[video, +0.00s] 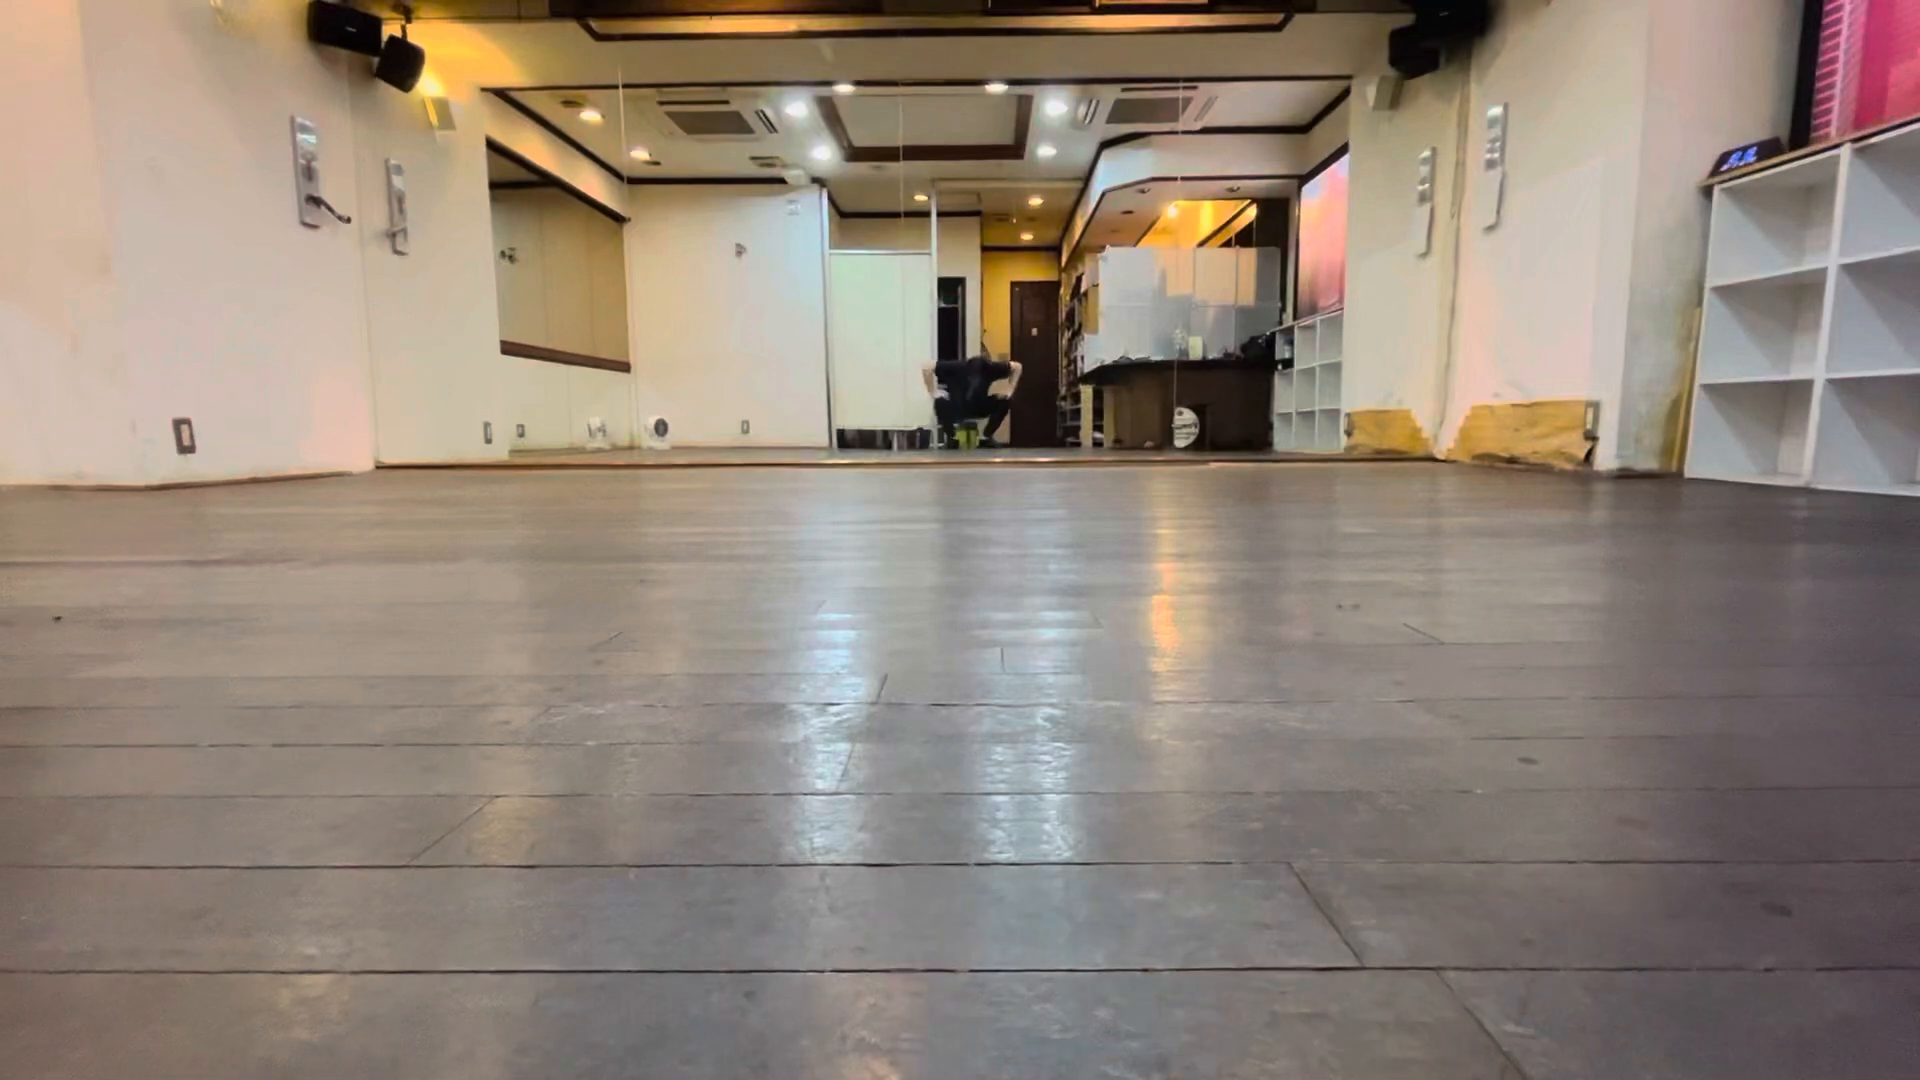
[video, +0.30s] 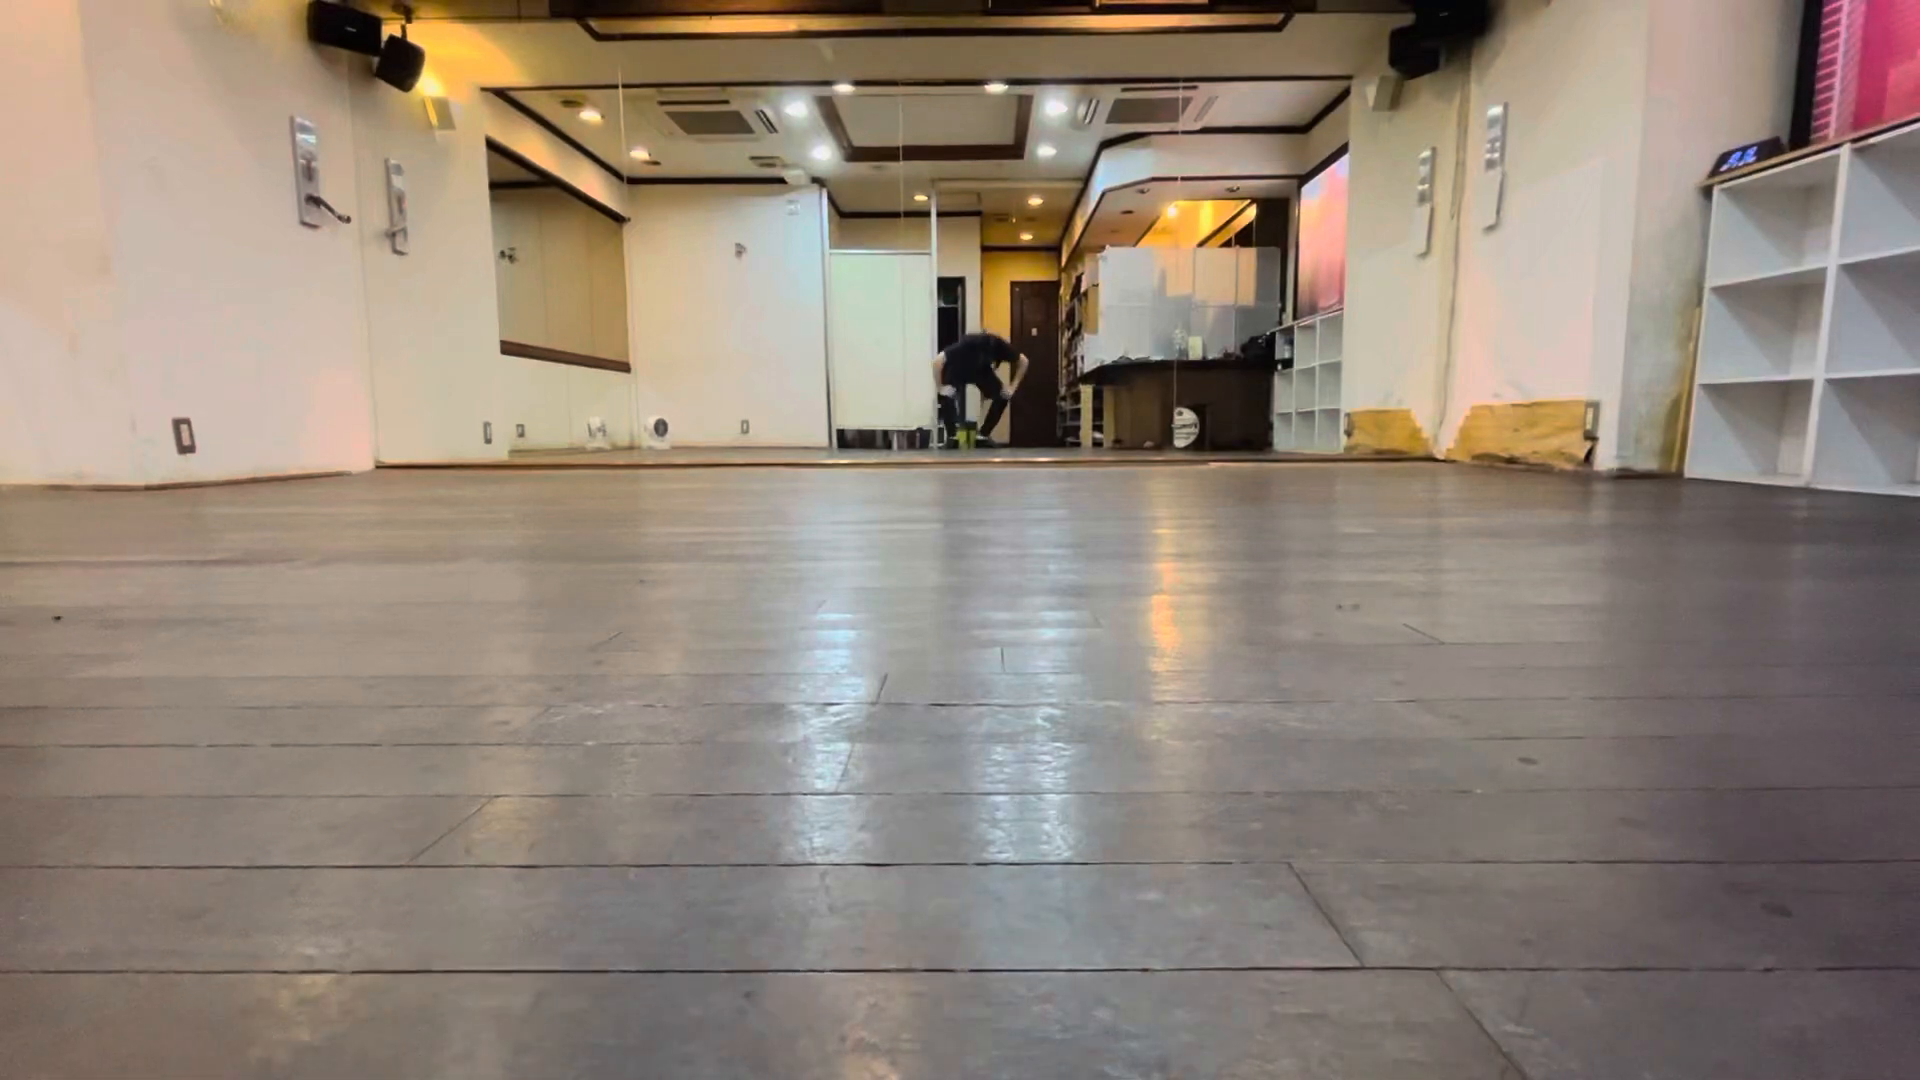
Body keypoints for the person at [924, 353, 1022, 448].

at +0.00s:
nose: (975, 379)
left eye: (979, 376)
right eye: (971, 375)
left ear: (986, 371)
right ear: (968, 369)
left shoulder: (990, 369)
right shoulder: (957, 367)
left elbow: (1017, 367)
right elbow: (927, 369)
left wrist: (1010, 391)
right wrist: (933, 392)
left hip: (978, 407)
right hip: (956, 407)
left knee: (1003, 401)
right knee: (940, 402)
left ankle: (986, 438)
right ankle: (950, 438)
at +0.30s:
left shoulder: (998, 345)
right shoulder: (966, 345)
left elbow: (1023, 361)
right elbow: (937, 362)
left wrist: (1013, 387)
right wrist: (940, 387)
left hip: (981, 372)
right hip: (956, 371)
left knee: (1002, 397)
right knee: (946, 398)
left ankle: (983, 435)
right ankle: (952, 436)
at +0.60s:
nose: (1003, 314)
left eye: (1007, 312)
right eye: (1001, 310)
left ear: (1014, 308)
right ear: (996, 301)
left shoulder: (1014, 313)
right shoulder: (981, 307)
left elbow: (1013, 343)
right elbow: (959, 334)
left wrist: (1007, 371)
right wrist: (954, 364)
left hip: (989, 350)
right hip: (968, 348)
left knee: (995, 393)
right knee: (963, 385)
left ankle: (983, 434)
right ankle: (955, 428)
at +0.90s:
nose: (1018, 278)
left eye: (1020, 274)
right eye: (1016, 273)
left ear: (1017, 273)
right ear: (1004, 271)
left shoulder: (1018, 293)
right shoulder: (982, 289)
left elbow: (1019, 325)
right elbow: (969, 321)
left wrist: (1014, 353)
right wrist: (966, 348)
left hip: (1003, 348)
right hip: (982, 347)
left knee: (999, 390)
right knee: (988, 388)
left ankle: (986, 429)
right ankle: (985, 432)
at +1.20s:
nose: (1030, 260)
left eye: (1031, 255)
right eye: (1027, 254)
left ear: (1020, 253)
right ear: (1015, 251)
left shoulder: (1021, 279)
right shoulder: (997, 278)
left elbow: (1020, 312)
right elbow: (988, 316)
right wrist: (987, 349)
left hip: (1016, 344)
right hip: (1000, 344)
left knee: (1020, 388)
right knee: (993, 387)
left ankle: (1004, 426)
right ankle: (987, 431)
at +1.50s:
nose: (1057, 253)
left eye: (1057, 248)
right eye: (1054, 248)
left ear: (1049, 250)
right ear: (1041, 248)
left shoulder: (1049, 280)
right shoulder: (1024, 271)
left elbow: (1055, 311)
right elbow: (1021, 299)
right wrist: (1040, 317)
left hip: (1041, 340)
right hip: (1021, 338)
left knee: (1042, 384)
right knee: (1011, 382)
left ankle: (1041, 431)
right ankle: (992, 429)